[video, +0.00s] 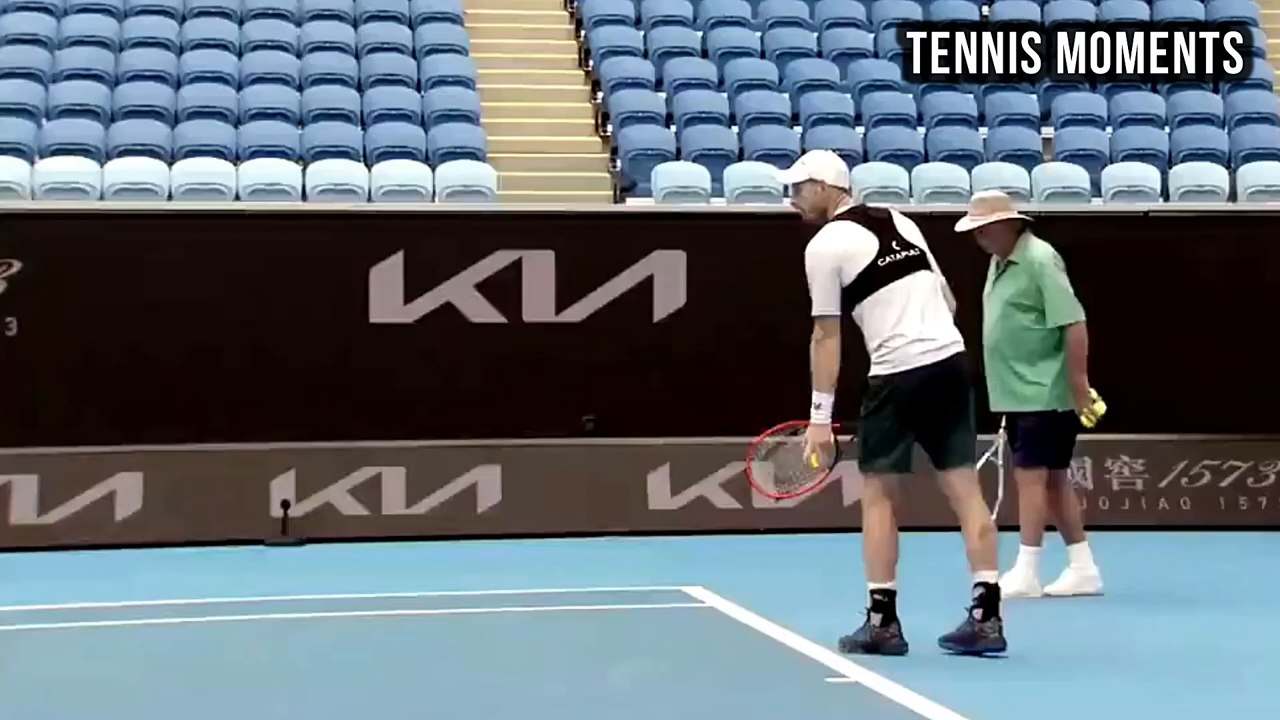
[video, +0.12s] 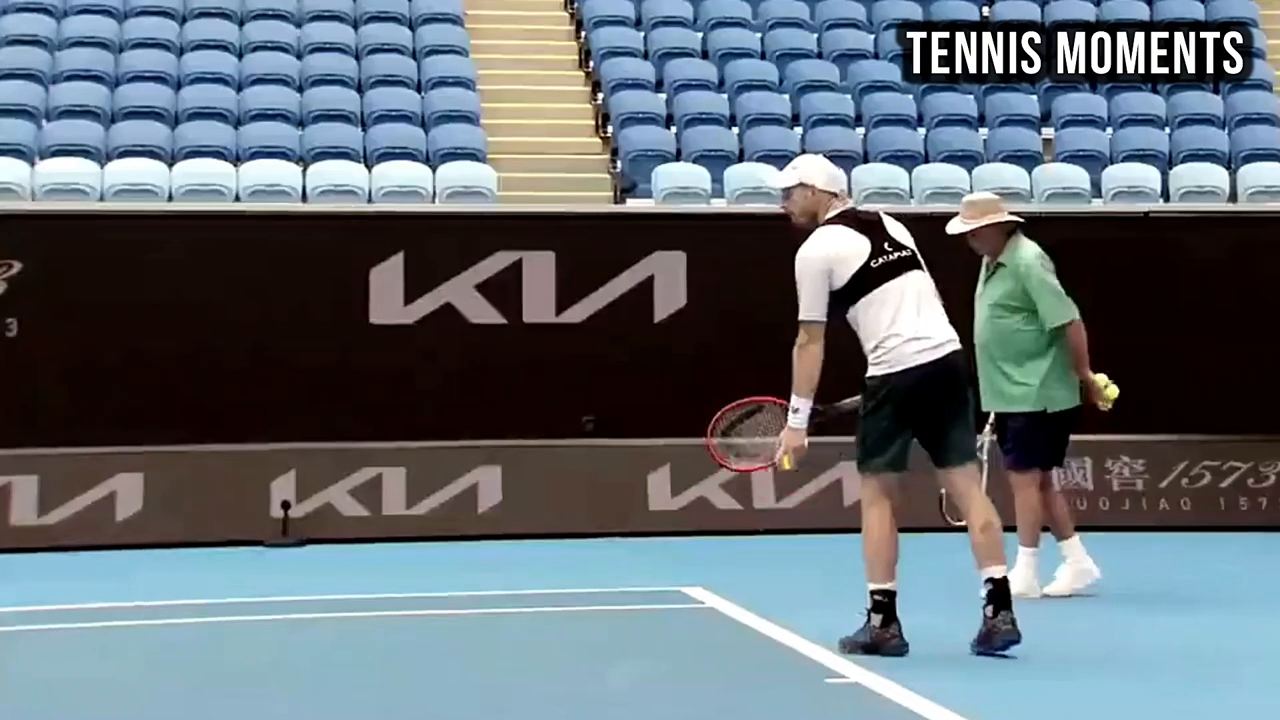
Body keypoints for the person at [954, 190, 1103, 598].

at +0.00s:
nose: (979, 239)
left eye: (984, 230)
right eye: (976, 232)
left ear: (1007, 225)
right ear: (986, 231)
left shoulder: (1041, 258)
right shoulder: (999, 263)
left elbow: (1074, 324)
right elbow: (1005, 336)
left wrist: (1078, 384)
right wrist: (1005, 401)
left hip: (1045, 393)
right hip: (1019, 393)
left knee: (1028, 476)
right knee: (1054, 480)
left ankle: (1026, 573)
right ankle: (1084, 567)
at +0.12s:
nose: (970, 241)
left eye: (974, 233)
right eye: (968, 235)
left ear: (998, 228)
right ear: (984, 232)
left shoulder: (1028, 261)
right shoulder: (995, 261)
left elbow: (1070, 322)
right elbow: (1007, 332)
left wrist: (1084, 375)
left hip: (1038, 394)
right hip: (1013, 393)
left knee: (1022, 477)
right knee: (1040, 480)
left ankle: (1025, 574)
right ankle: (1078, 561)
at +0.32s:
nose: (959, 247)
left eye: (963, 239)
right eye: (957, 241)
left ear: (985, 234)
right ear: (977, 236)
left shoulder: (1016, 265)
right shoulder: (988, 262)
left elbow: (1055, 326)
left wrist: (1074, 368)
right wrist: (1072, 362)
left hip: (1026, 396)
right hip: (1006, 394)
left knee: (1015, 480)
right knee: (1027, 477)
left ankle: (1024, 573)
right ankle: (1054, 547)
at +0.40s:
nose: (956, 246)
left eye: (960, 239)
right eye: (954, 240)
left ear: (982, 233)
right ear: (971, 236)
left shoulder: (1012, 265)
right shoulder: (982, 262)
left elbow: (1049, 327)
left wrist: (1068, 374)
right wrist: (1068, 371)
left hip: (1023, 396)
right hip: (999, 394)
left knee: (1018, 481)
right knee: (1004, 478)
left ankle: (1025, 571)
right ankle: (1035, 552)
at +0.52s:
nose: (949, 248)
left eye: (953, 240)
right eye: (947, 241)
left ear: (976, 235)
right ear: (962, 238)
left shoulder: (1006, 267)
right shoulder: (971, 264)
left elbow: (1037, 334)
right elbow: (975, 328)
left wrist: (1050, 388)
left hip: (1018, 397)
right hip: (982, 396)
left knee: (1020, 483)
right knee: (972, 477)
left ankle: (1031, 571)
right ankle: (992, 561)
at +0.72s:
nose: (934, 247)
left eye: (938, 238)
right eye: (931, 240)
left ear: (960, 233)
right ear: (936, 238)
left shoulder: (991, 265)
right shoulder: (946, 269)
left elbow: (1014, 337)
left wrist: (1018, 396)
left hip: (1008, 389)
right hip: (964, 388)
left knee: (1013, 483)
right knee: (950, 478)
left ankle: (1026, 570)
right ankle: (936, 569)